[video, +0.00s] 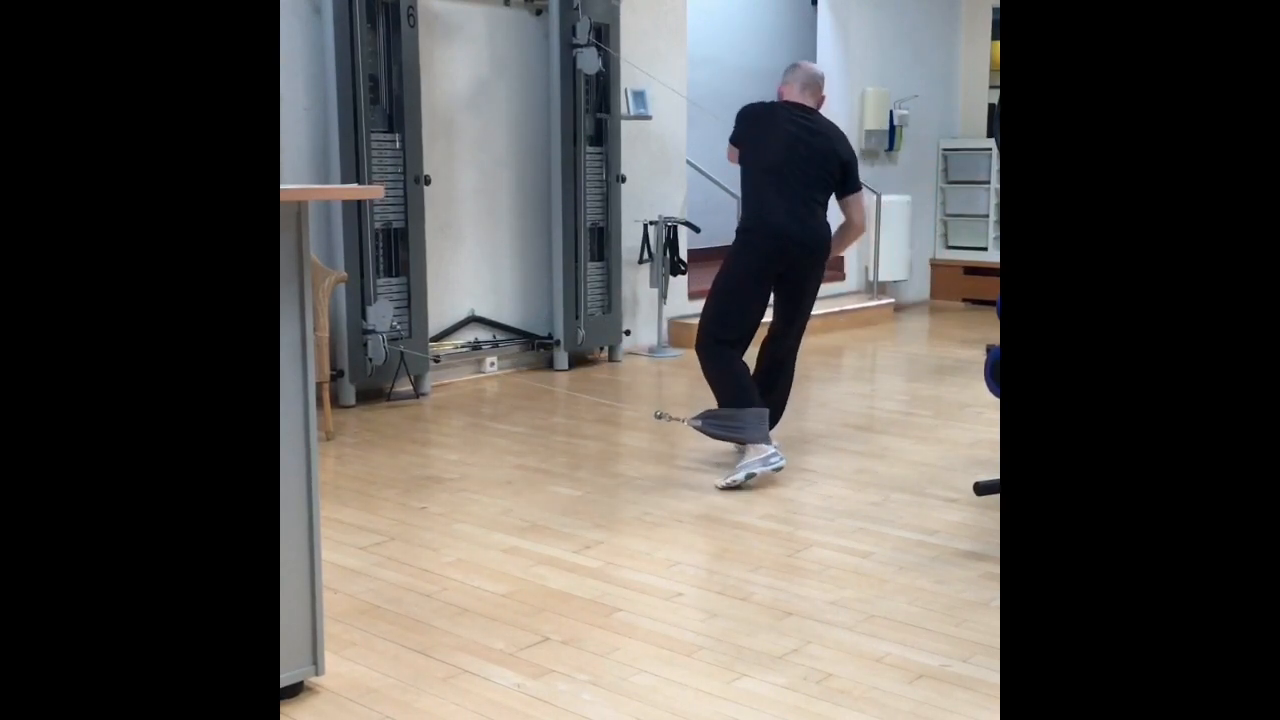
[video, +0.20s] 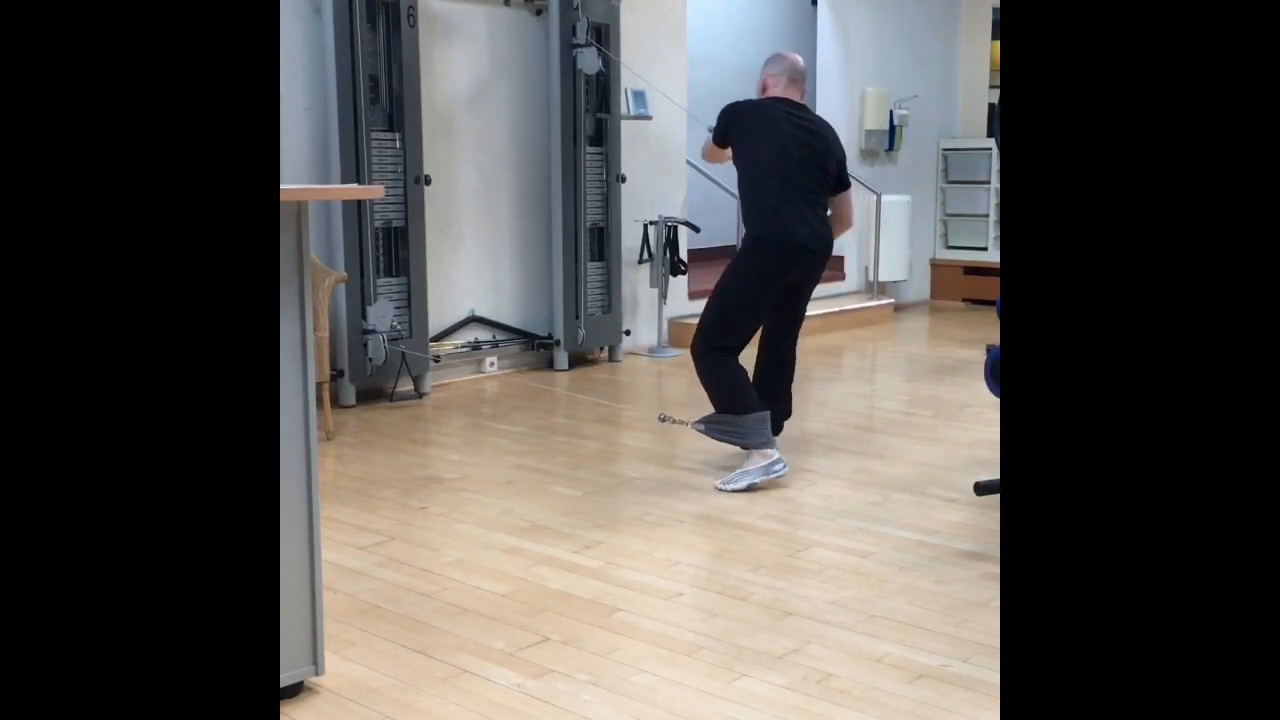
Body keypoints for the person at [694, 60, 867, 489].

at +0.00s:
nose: (782, 95)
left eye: (781, 89)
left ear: (782, 88)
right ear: (822, 100)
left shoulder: (754, 114)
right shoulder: (837, 141)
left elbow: (735, 156)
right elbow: (855, 222)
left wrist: (776, 145)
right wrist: (825, 251)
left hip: (757, 245)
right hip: (808, 256)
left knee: (715, 343)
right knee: (781, 348)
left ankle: (758, 445)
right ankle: (753, 439)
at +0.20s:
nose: (760, 88)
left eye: (762, 82)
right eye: (765, 84)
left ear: (767, 81)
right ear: (803, 88)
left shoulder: (742, 113)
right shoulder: (825, 133)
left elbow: (713, 154)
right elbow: (844, 218)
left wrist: (748, 145)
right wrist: (813, 239)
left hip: (766, 246)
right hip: (814, 251)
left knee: (711, 347)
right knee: (780, 343)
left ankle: (760, 452)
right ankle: (763, 436)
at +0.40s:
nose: (734, 87)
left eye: (736, 81)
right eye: (737, 81)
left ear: (745, 79)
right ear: (778, 81)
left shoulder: (730, 114)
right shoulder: (808, 124)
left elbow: (682, 148)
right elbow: (823, 199)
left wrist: (693, 126)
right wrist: (826, 253)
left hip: (781, 249)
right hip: (820, 249)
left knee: (716, 349)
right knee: (777, 343)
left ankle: (765, 460)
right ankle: (780, 432)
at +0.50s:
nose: (723, 86)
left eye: (724, 78)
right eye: (724, 78)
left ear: (737, 76)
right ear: (768, 78)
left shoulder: (730, 115)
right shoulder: (798, 121)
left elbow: (669, 148)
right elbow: (803, 200)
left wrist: (671, 123)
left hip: (789, 251)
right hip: (819, 249)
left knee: (722, 347)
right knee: (780, 342)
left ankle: (761, 461)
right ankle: (786, 429)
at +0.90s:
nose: (698, 85)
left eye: (705, 75)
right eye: (699, 75)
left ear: (735, 77)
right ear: (737, 78)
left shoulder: (745, 124)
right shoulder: (763, 120)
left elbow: (656, 159)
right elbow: (742, 198)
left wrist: (621, 132)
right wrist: (694, 234)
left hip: (795, 259)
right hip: (788, 256)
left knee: (742, 341)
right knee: (775, 344)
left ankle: (750, 462)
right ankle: (790, 431)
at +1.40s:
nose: (693, 91)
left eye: (702, 82)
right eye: (691, 82)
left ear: (736, 81)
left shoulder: (761, 126)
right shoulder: (717, 137)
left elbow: (708, 146)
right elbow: (699, 194)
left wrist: (635, 118)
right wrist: (658, 232)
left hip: (788, 263)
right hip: (752, 266)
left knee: (733, 353)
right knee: (771, 352)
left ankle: (719, 463)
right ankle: (791, 434)